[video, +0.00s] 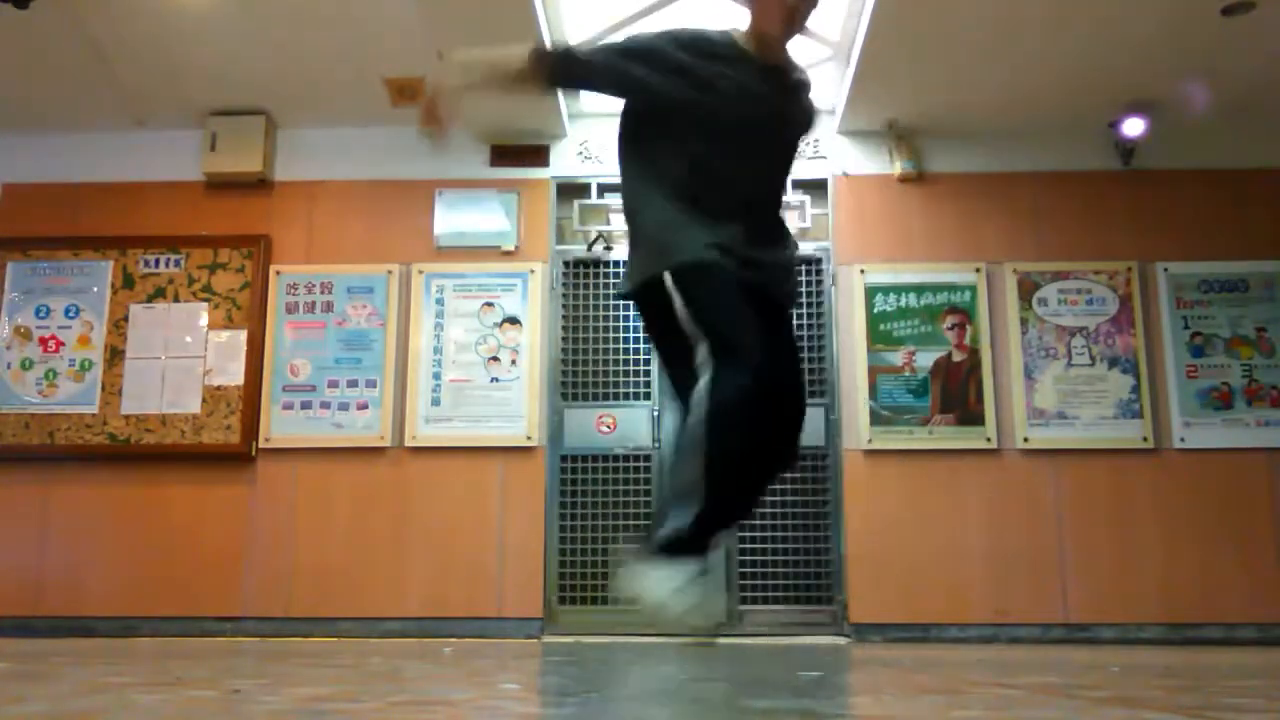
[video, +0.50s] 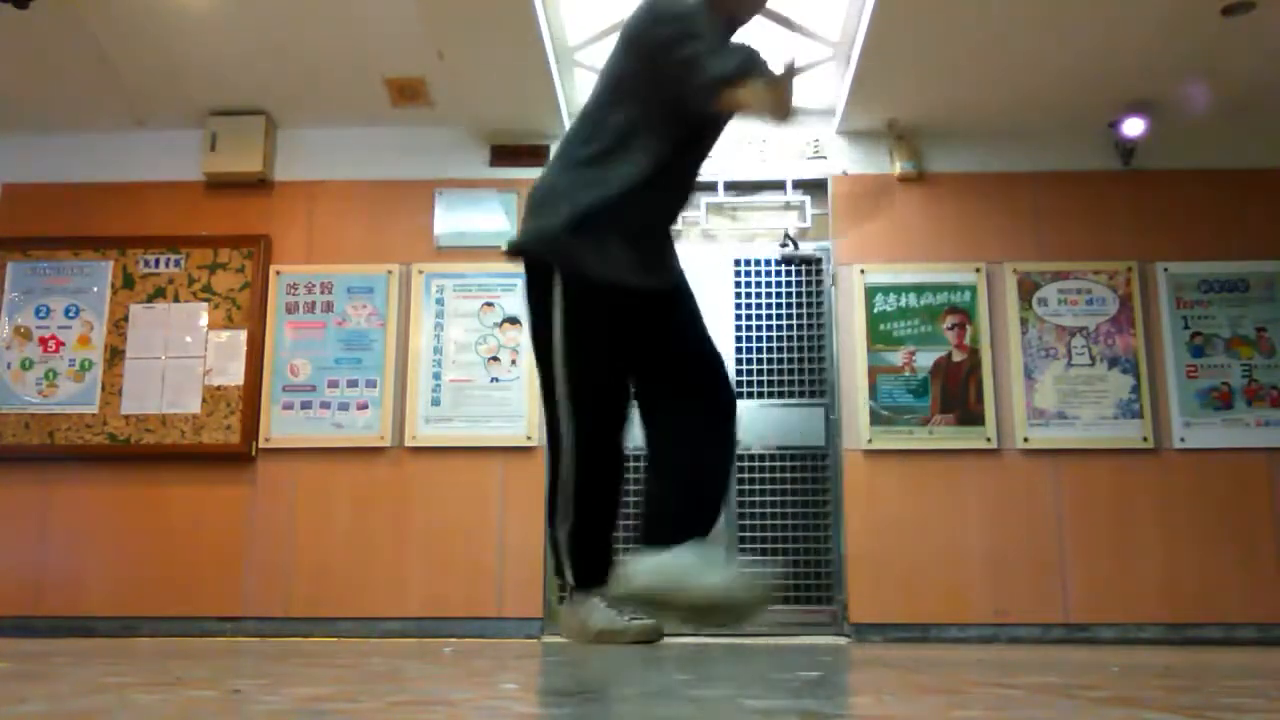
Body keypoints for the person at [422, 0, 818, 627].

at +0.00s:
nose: (797, 15)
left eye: (804, 8)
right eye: (789, 2)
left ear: (804, 18)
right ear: (757, 2)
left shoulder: (792, 96)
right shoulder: (690, 53)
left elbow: (761, 189)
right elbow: (573, 65)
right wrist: (461, 75)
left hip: (754, 265)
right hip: (676, 252)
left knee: (778, 425)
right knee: (731, 383)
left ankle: (677, 555)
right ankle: (668, 561)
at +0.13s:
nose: (769, 11)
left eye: (777, 5)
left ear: (781, 16)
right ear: (728, 1)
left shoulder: (772, 89)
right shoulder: (658, 71)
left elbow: (735, 184)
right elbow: (550, 120)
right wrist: (427, 157)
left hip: (742, 283)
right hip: (666, 276)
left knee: (731, 466)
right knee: (684, 431)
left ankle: (573, 557)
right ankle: (627, 597)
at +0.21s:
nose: (749, 15)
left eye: (757, 7)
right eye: (741, 3)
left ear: (760, 12)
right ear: (710, 0)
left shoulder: (764, 82)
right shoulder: (646, 61)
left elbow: (786, 168)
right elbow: (561, 96)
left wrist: (841, 186)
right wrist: (517, 113)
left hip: (717, 275)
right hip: (641, 268)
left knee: (738, 441)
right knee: (674, 428)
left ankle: (599, 536)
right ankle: (629, 595)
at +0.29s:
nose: (736, 7)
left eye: (743, 2)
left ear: (749, 4)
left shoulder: (754, 53)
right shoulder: (646, 21)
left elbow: (812, 109)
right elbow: (645, 66)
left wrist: (887, 120)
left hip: (678, 240)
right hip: (603, 236)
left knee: (740, 370)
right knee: (627, 390)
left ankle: (673, 533)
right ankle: (625, 571)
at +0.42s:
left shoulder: (736, 22)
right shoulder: (684, 18)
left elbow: (811, 58)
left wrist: (893, 88)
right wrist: (886, 83)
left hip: (638, 225)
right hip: (576, 217)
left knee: (699, 370)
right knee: (600, 388)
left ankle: (716, 518)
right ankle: (587, 575)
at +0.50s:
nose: (760, 8)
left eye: (761, 3)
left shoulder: (710, 43)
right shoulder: (671, 18)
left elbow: (771, 100)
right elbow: (745, 96)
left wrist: (764, 81)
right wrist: (776, 84)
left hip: (639, 245)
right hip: (576, 241)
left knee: (699, 396)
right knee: (588, 419)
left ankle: (674, 552)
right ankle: (583, 595)